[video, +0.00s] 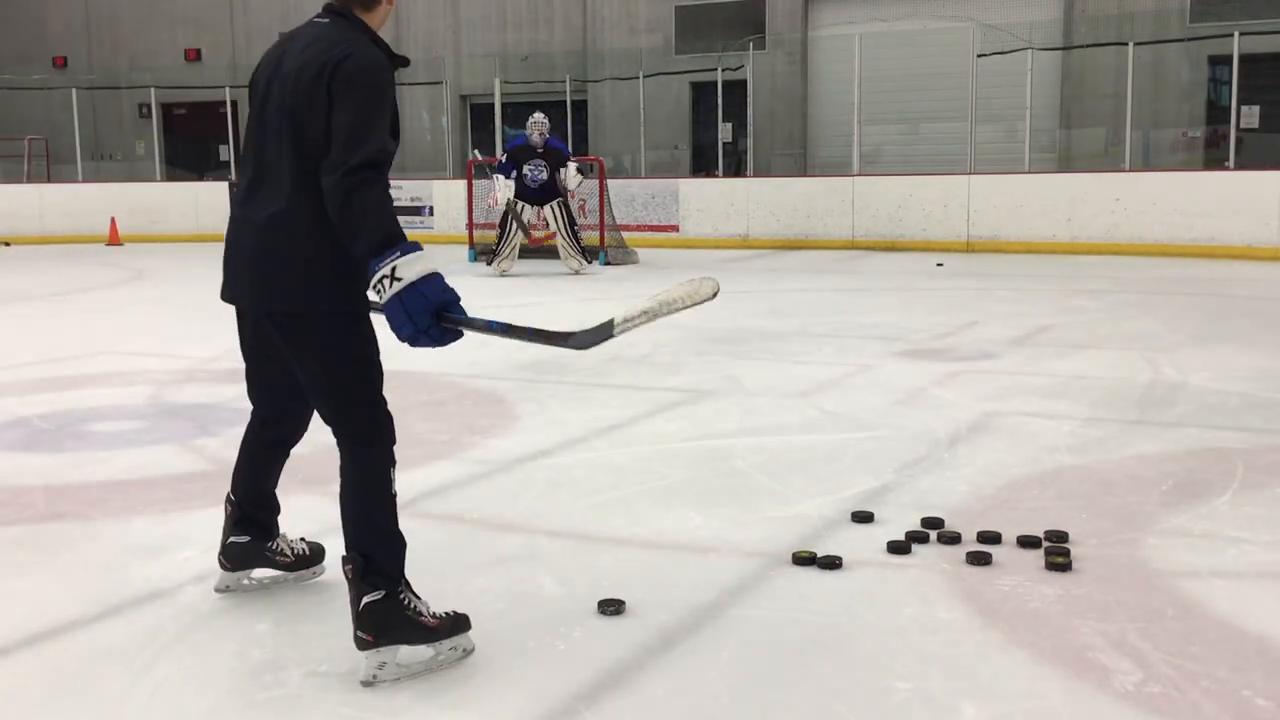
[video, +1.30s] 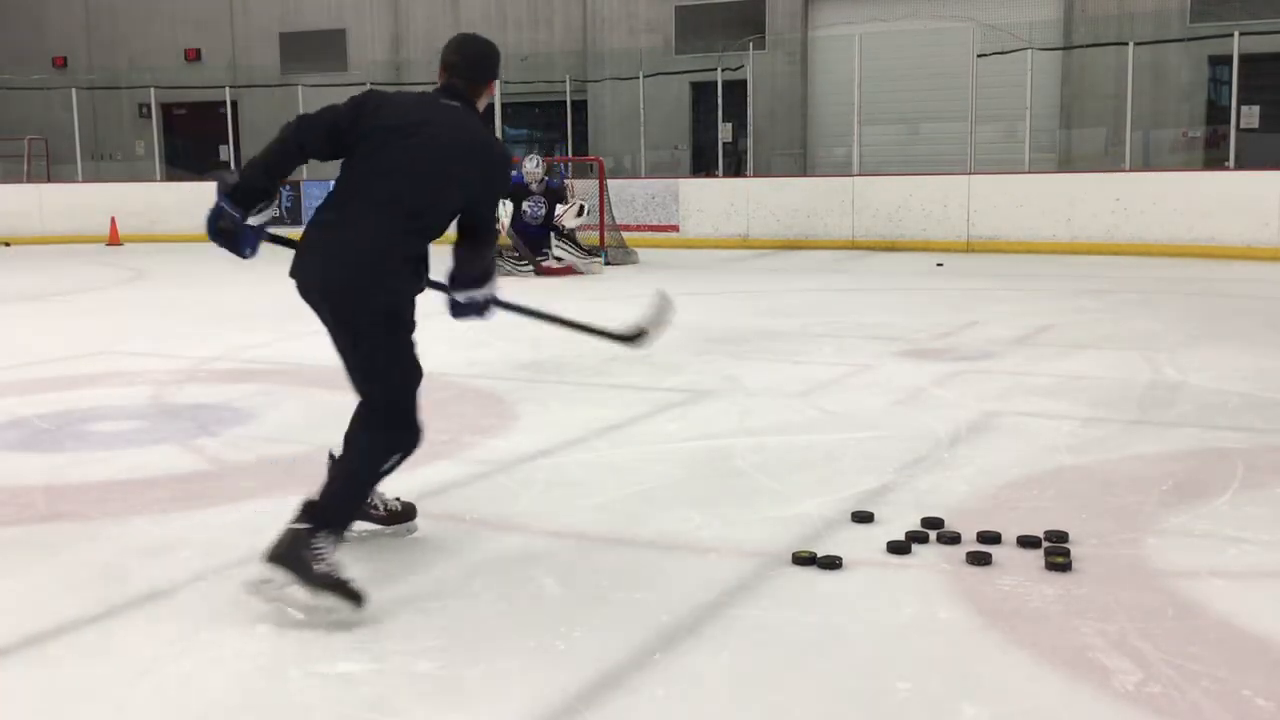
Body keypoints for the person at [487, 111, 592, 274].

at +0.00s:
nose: (536, 133)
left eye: (541, 130)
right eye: (533, 130)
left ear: (546, 131)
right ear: (528, 131)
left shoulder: (556, 149)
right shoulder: (517, 148)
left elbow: (569, 181)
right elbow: (503, 171)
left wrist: (574, 176)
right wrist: (501, 190)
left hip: (552, 197)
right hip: (523, 197)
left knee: (566, 229)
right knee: (511, 231)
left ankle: (578, 263)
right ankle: (501, 264)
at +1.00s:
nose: (538, 155)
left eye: (541, 151)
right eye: (534, 151)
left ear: (547, 152)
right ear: (528, 153)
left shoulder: (556, 170)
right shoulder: (516, 169)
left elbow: (569, 195)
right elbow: (500, 191)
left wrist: (580, 186)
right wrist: (501, 211)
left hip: (549, 209)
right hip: (523, 209)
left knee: (565, 236)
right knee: (510, 237)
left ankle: (584, 263)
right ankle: (491, 265)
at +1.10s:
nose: (538, 158)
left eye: (541, 154)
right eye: (534, 154)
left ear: (548, 156)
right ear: (528, 156)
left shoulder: (556, 174)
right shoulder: (516, 171)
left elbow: (565, 197)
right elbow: (500, 191)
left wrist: (573, 204)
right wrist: (512, 210)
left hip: (549, 217)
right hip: (522, 217)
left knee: (565, 241)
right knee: (512, 243)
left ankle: (587, 264)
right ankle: (493, 266)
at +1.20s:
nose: (536, 164)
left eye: (540, 160)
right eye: (532, 160)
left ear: (547, 160)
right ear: (527, 161)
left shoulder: (556, 180)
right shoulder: (518, 178)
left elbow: (564, 203)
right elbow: (501, 196)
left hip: (549, 224)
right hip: (524, 225)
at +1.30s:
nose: (532, 177)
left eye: (536, 173)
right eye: (529, 173)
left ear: (543, 172)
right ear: (523, 172)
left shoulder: (554, 189)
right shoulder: (515, 187)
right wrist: (502, 218)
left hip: (546, 235)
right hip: (520, 236)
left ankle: (591, 263)